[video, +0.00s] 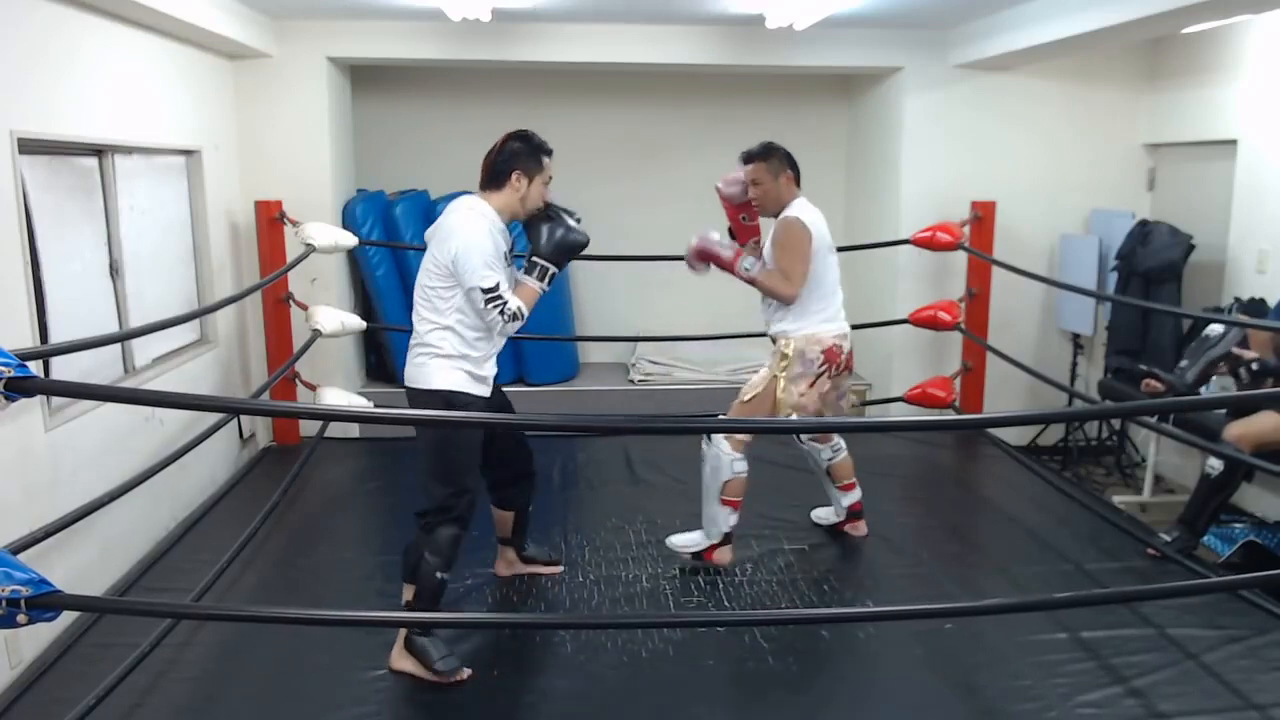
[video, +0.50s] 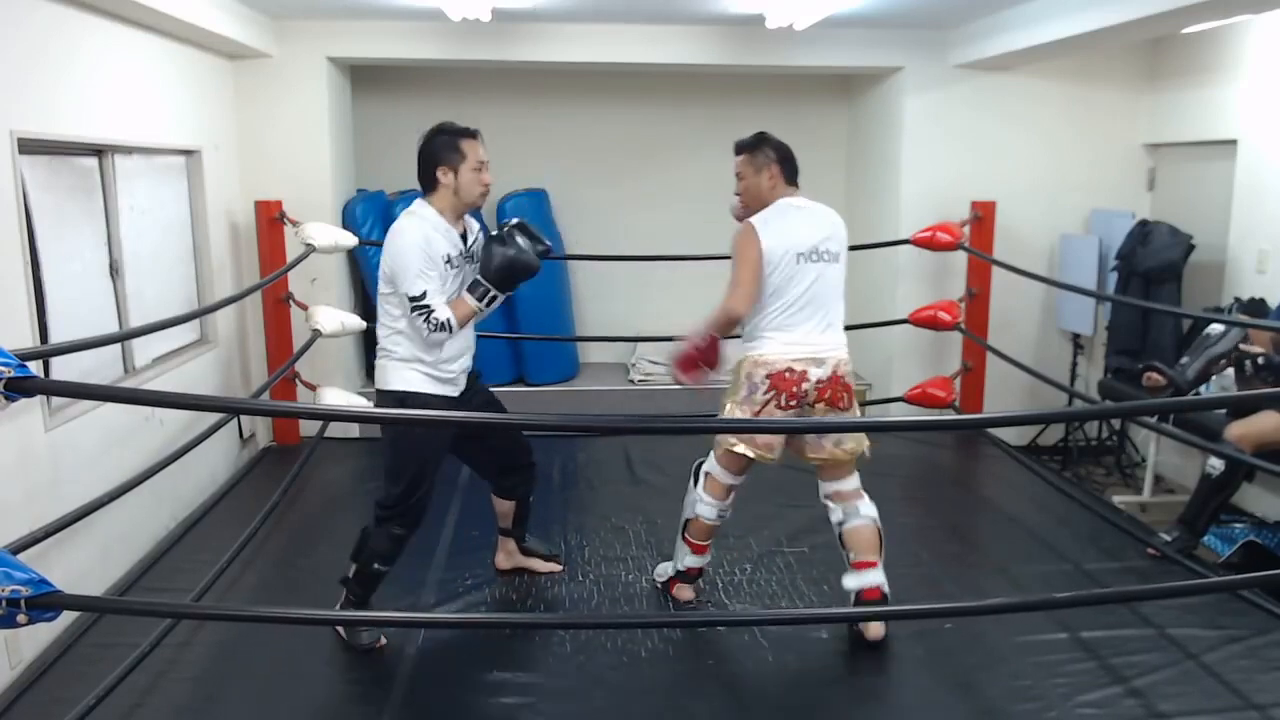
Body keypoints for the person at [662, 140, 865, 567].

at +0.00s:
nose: (751, 194)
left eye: (757, 183)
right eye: (748, 186)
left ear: (787, 179)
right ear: (788, 182)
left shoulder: (793, 223)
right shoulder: (802, 215)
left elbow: (788, 288)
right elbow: (766, 266)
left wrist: (734, 261)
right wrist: (741, 218)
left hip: (804, 353)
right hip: (828, 348)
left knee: (728, 435)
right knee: (817, 431)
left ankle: (718, 538)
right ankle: (853, 514)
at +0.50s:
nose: (737, 190)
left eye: (741, 178)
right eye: (736, 179)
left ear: (772, 173)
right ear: (785, 176)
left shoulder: (756, 230)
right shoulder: (832, 222)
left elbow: (737, 309)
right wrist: (750, 221)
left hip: (768, 378)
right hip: (832, 377)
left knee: (720, 478)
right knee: (845, 489)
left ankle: (685, 578)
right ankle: (872, 607)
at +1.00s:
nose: (770, 192)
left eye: (774, 179)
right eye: (769, 180)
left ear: (801, 174)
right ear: (823, 177)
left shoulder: (785, 236)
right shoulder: (875, 237)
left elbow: (746, 319)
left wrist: (705, 288)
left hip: (783, 409)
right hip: (859, 412)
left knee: (723, 509)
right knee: (880, 554)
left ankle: (723, 633)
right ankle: (900, 690)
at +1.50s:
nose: (678, 173)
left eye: (679, 163)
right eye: (679, 164)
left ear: (694, 160)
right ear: (736, 161)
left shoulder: (665, 221)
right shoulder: (781, 218)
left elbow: (640, 308)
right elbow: (806, 300)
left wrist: (603, 297)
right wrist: (757, 255)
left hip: (668, 389)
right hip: (741, 395)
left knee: (651, 501)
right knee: (750, 535)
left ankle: (638, 620)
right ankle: (725, 673)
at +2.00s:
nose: (591, 168)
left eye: (592, 161)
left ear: (599, 162)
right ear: (650, 166)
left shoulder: (570, 209)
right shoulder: (672, 219)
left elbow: (541, 248)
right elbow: (706, 304)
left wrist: (596, 227)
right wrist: (700, 239)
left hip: (550, 374)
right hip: (612, 388)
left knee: (563, 477)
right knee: (632, 523)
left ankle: (537, 591)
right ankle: (585, 652)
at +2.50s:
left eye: (560, 189)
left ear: (561, 193)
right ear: (612, 199)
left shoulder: (527, 237)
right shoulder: (624, 253)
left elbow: (470, 279)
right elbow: (652, 335)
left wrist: (497, 253)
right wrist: (667, 298)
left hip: (492, 386)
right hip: (546, 403)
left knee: (506, 471)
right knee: (592, 526)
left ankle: (499, 562)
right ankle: (566, 656)